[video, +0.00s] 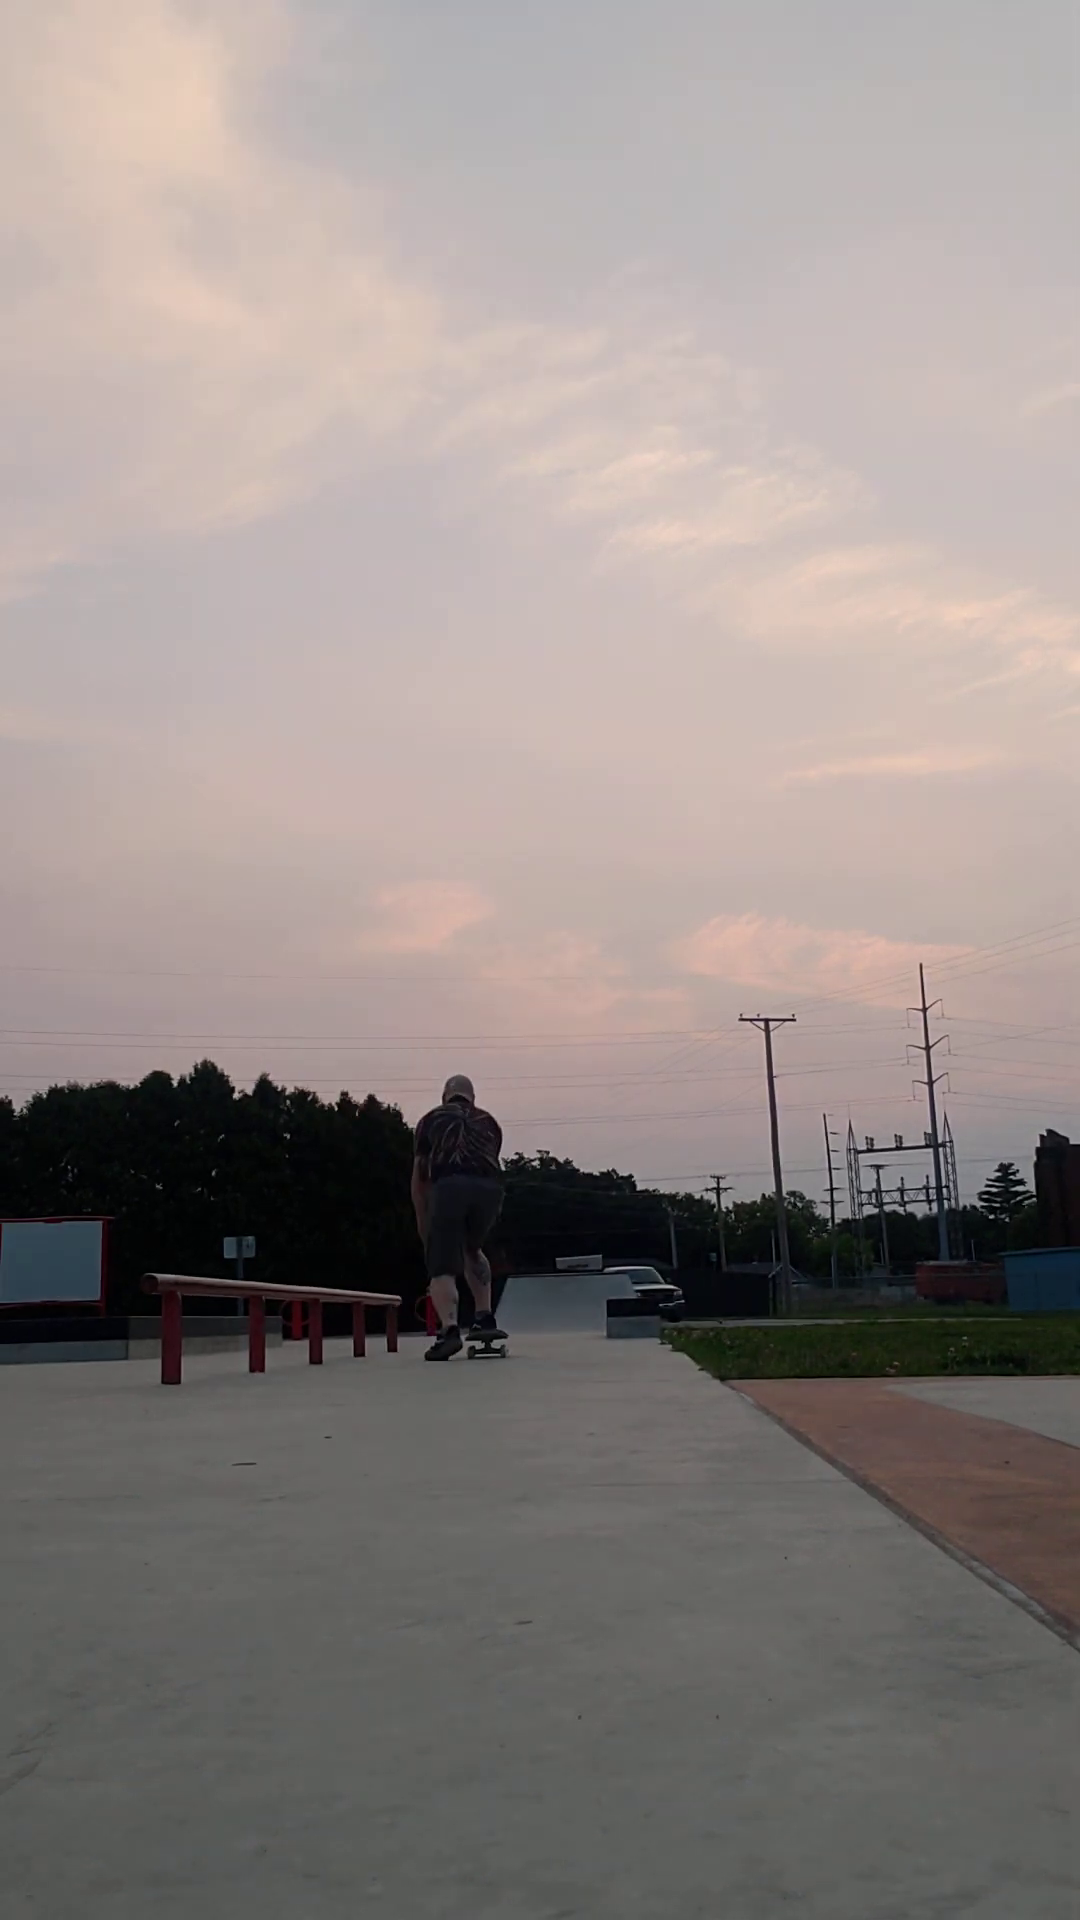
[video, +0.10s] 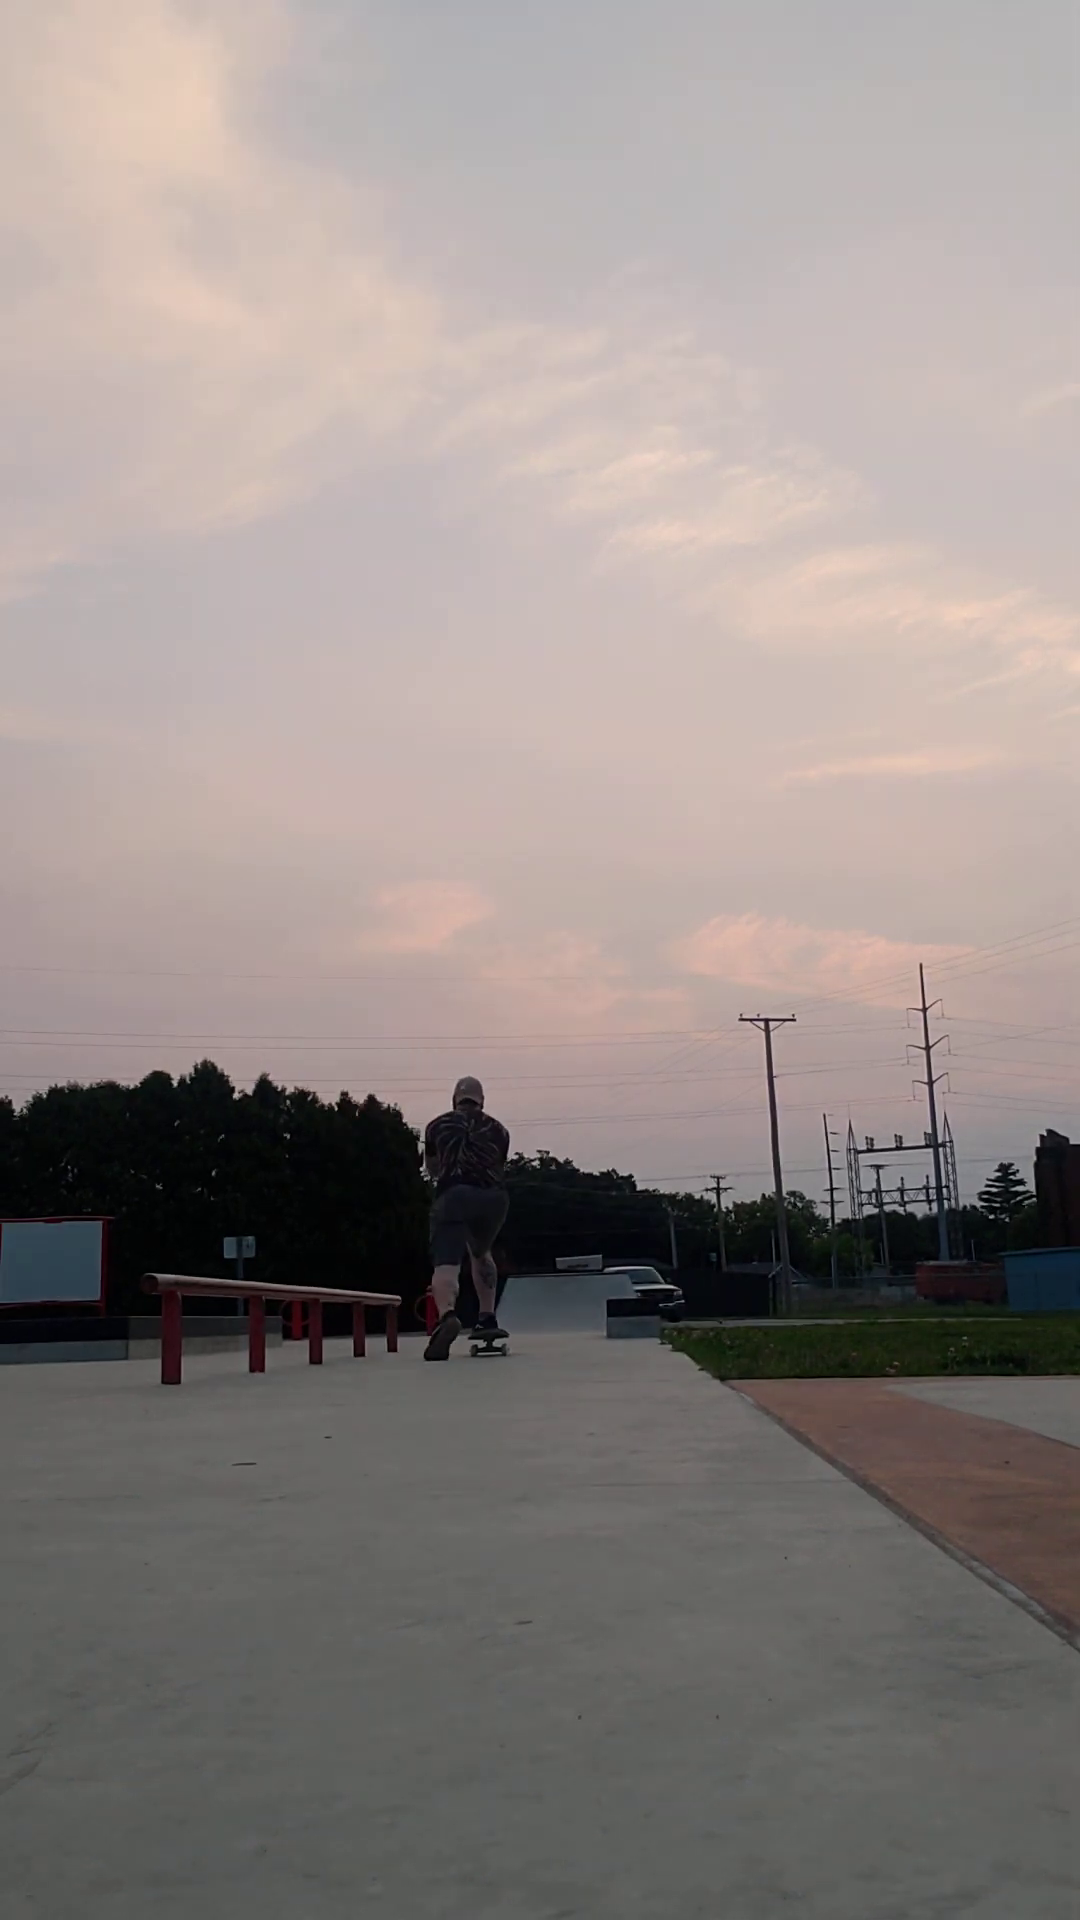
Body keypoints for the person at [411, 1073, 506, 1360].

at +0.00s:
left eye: (447, 1096)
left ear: (444, 1096)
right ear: (473, 1097)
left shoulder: (429, 1120)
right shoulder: (490, 1121)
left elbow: (419, 1178)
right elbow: (490, 1169)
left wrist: (423, 1225)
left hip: (446, 1193)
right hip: (488, 1193)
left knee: (441, 1265)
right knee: (473, 1248)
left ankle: (449, 1331)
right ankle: (485, 1319)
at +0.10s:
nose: (464, 1105)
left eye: (460, 1100)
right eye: (471, 1101)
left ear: (454, 1099)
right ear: (482, 1100)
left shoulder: (437, 1126)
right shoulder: (499, 1130)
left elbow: (432, 1166)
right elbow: (499, 1166)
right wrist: (474, 1171)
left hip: (453, 1198)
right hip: (492, 1200)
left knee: (446, 1264)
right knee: (482, 1252)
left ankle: (446, 1315)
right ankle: (487, 1318)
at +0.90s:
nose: (490, 1110)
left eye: (487, 1106)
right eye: (496, 1106)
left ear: (485, 1107)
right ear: (506, 1106)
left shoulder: (488, 1127)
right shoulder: (520, 1134)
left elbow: (480, 1155)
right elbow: (526, 1180)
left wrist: (451, 1184)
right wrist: (528, 1214)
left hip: (497, 1204)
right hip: (518, 1205)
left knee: (488, 1260)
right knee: (504, 1262)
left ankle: (513, 1316)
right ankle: (517, 1313)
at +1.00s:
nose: (489, 1115)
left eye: (488, 1111)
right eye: (496, 1110)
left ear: (487, 1111)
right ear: (508, 1110)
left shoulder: (488, 1133)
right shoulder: (521, 1138)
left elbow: (483, 1165)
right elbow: (525, 1181)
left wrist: (464, 1199)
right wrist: (525, 1217)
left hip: (498, 1205)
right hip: (519, 1206)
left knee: (494, 1261)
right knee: (508, 1263)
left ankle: (516, 1316)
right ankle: (516, 1315)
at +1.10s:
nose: (493, 1122)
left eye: (491, 1118)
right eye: (499, 1118)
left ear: (490, 1118)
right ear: (509, 1117)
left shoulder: (489, 1139)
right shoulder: (522, 1143)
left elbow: (485, 1174)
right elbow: (525, 1181)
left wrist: (474, 1207)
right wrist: (521, 1206)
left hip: (500, 1207)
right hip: (522, 1207)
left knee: (497, 1264)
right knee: (514, 1265)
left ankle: (516, 1316)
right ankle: (520, 1317)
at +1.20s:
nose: (497, 1127)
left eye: (494, 1124)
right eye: (502, 1124)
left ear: (491, 1124)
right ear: (510, 1123)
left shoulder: (489, 1145)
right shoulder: (523, 1147)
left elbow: (485, 1180)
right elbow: (525, 1182)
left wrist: (478, 1211)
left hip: (502, 1211)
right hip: (524, 1210)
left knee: (501, 1266)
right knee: (515, 1266)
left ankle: (518, 1315)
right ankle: (523, 1315)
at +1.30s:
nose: (499, 1133)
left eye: (496, 1129)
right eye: (503, 1129)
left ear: (493, 1129)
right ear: (512, 1129)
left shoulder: (491, 1150)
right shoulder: (525, 1151)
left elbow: (485, 1184)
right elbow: (527, 1183)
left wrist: (478, 1214)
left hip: (503, 1213)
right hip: (525, 1212)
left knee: (504, 1267)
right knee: (517, 1266)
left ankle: (521, 1315)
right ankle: (528, 1313)